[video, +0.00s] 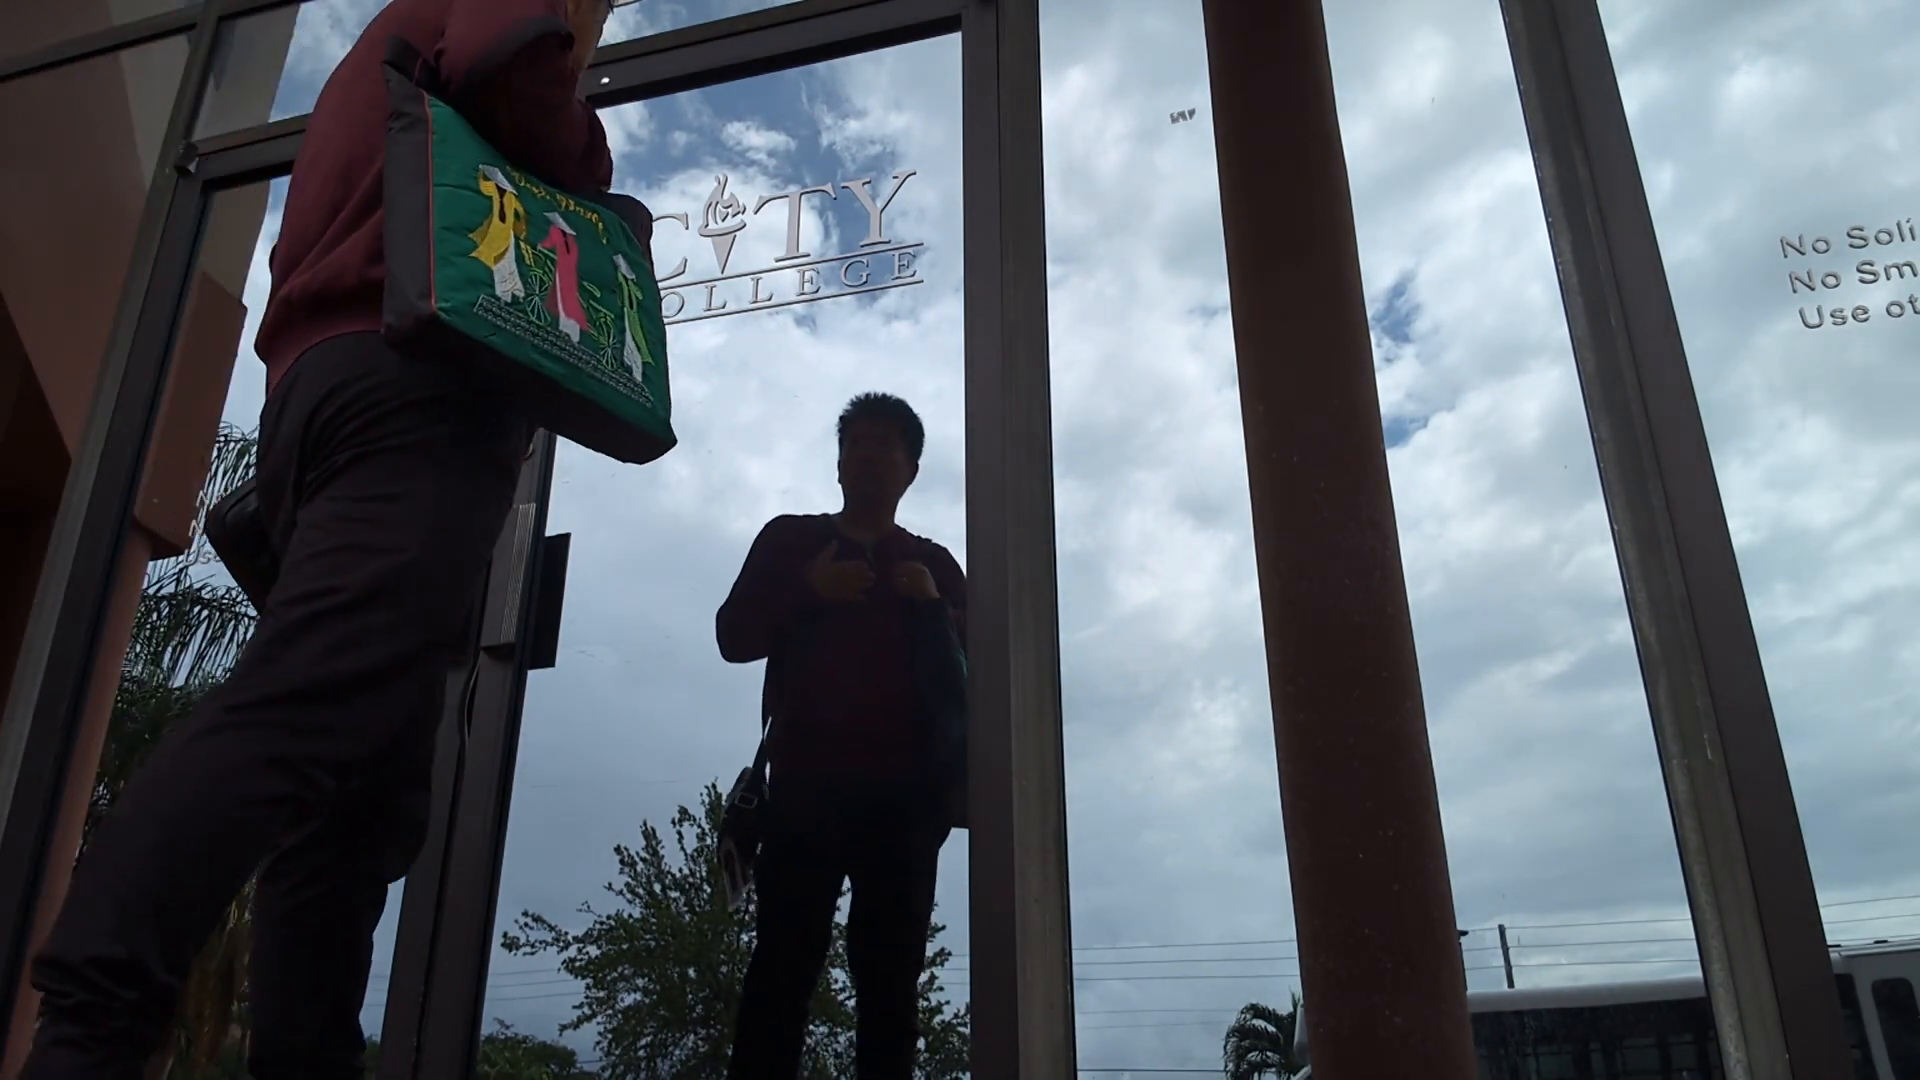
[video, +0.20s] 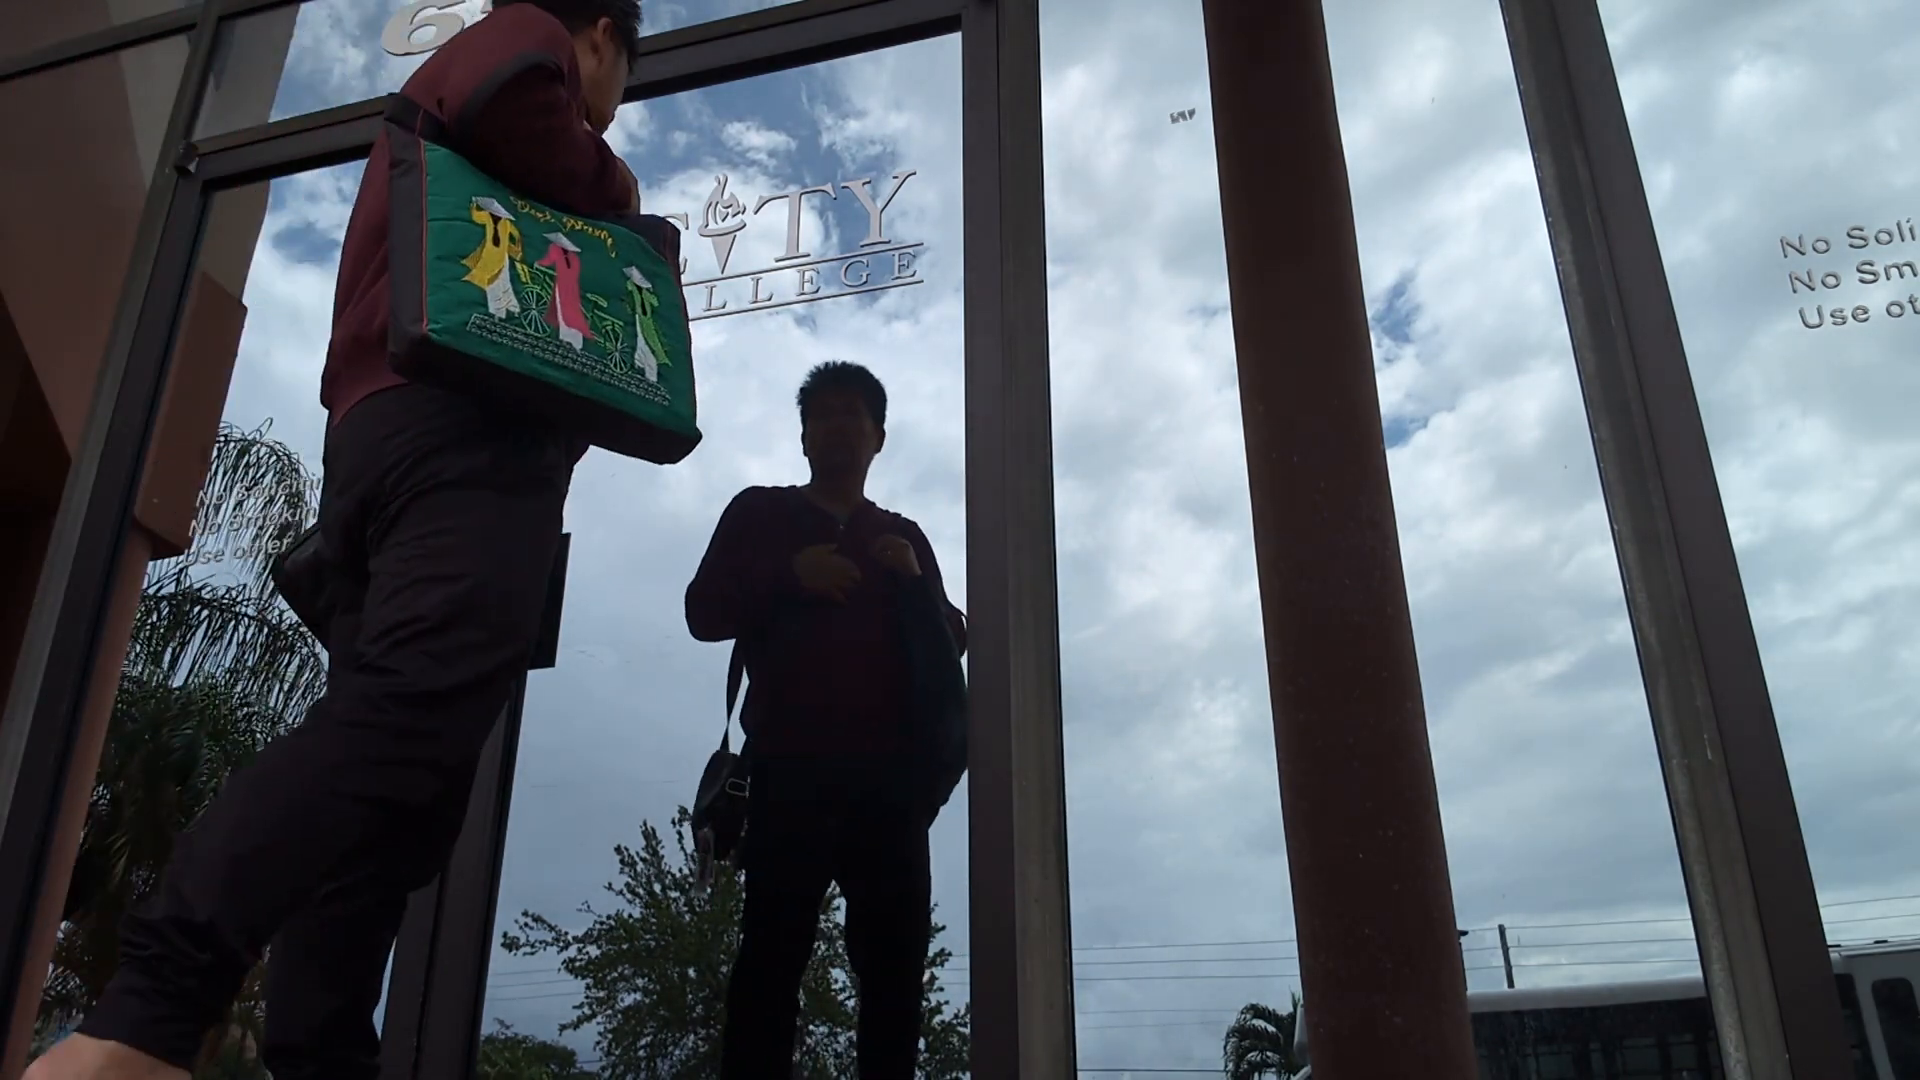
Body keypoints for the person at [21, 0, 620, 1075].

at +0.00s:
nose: (587, 54)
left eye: (589, 41)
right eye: (586, 33)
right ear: (557, 5)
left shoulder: (353, 89)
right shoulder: (483, 3)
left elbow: (305, 273)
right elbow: (504, 59)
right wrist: (588, 179)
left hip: (306, 413)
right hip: (413, 379)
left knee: (361, 804)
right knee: (293, 729)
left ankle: (303, 1059)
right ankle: (83, 1037)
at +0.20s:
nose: (613, 97)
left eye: (617, 82)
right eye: (618, 67)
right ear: (587, 31)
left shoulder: (424, 128)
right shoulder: (523, 30)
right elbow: (514, 110)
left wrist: (619, 258)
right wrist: (614, 194)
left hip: (379, 447)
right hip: (463, 423)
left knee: (404, 785)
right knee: (388, 737)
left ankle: (320, 1057)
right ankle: (132, 1031)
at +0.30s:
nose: (630, 127)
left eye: (632, 112)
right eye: (631, 100)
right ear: (598, 56)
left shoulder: (441, 159)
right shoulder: (533, 59)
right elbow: (501, 126)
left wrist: (626, 270)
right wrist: (619, 205)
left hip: (405, 458)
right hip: (483, 443)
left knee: (393, 749)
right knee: (453, 737)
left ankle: (324, 1054)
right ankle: (165, 1019)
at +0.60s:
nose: (683, 146)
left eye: (686, 130)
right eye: (677, 120)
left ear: (626, 115)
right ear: (619, 92)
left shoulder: (604, 215)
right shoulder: (554, 98)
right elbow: (485, 160)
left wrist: (669, 276)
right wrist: (630, 224)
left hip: (491, 473)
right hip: (510, 462)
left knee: (429, 749)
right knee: (551, 733)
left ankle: (334, 1043)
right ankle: (351, 1031)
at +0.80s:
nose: (696, 128)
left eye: (702, 118)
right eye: (682, 103)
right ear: (613, 86)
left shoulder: (618, 216)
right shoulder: (564, 106)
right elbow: (499, 162)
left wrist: (683, 277)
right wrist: (644, 229)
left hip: (498, 472)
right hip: (533, 464)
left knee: (443, 757)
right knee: (528, 757)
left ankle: (344, 1036)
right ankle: (428, 1043)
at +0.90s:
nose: (699, 121)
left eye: (709, 113)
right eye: (684, 96)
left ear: (687, 132)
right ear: (615, 81)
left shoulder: (631, 227)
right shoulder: (571, 105)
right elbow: (501, 155)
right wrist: (648, 224)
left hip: (505, 467)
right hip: (537, 456)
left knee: (449, 753)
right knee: (531, 753)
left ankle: (346, 1035)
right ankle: (429, 1044)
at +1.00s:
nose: (697, 116)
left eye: (711, 110)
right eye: (680, 91)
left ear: (699, 133)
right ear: (614, 78)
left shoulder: (648, 227)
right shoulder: (573, 105)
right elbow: (494, 147)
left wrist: (691, 271)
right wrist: (651, 220)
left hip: (513, 465)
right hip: (538, 453)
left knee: (452, 747)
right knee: (531, 753)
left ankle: (344, 1034)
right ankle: (427, 1042)